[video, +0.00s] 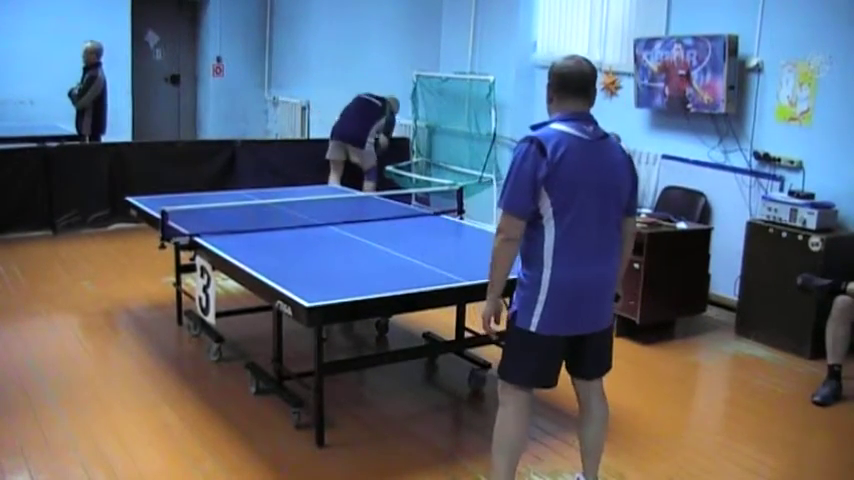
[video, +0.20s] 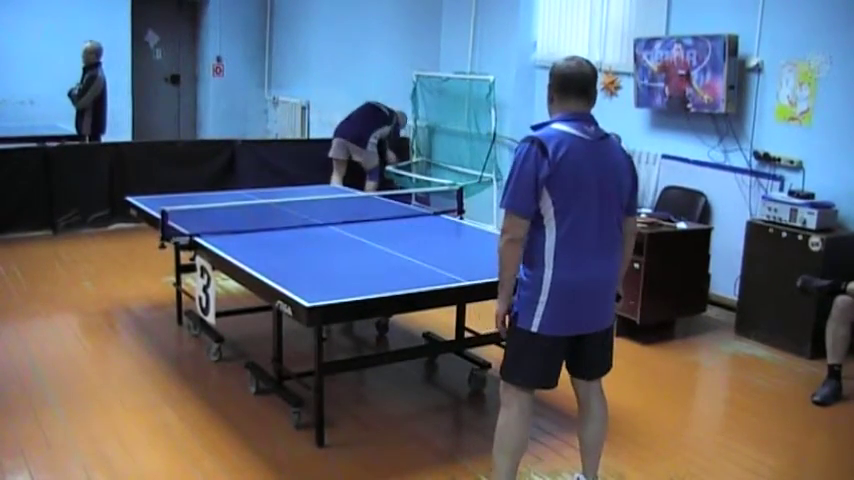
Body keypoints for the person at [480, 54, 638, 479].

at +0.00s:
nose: (545, 96)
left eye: (547, 90)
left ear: (551, 93)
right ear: (592, 95)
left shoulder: (538, 147)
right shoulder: (617, 152)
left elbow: (509, 232)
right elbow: (626, 230)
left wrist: (493, 294)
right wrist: (613, 285)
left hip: (543, 299)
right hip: (597, 299)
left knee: (513, 392)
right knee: (591, 389)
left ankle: (502, 475)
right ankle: (591, 475)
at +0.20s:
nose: (547, 96)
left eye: (548, 90)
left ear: (550, 93)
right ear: (592, 96)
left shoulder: (539, 147)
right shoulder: (617, 153)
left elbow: (513, 234)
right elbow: (628, 230)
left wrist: (504, 296)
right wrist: (615, 285)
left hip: (544, 298)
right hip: (598, 298)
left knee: (516, 394)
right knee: (591, 387)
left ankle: (503, 475)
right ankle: (589, 475)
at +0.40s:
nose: (543, 97)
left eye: (544, 90)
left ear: (546, 93)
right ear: (588, 96)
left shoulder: (533, 147)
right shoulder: (615, 151)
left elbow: (506, 233)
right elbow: (627, 229)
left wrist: (497, 295)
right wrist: (615, 284)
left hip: (542, 298)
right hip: (597, 297)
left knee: (514, 394)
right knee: (589, 387)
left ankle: (502, 475)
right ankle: (589, 475)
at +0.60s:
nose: (534, 97)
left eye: (535, 91)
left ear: (537, 94)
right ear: (581, 96)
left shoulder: (522, 148)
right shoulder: (607, 151)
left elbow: (495, 234)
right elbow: (622, 226)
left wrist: (482, 297)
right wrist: (613, 283)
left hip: (534, 300)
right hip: (590, 298)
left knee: (506, 395)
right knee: (587, 387)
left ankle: (499, 475)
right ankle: (589, 474)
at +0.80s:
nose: (525, 96)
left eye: (526, 89)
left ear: (526, 92)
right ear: (572, 94)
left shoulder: (509, 146)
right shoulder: (600, 153)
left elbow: (482, 234)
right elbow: (616, 229)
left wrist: (473, 297)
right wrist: (610, 283)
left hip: (522, 301)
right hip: (581, 300)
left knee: (501, 394)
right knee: (582, 387)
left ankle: (498, 474)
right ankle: (589, 474)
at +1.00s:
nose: (518, 95)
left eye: (518, 89)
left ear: (518, 91)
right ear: (564, 94)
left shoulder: (496, 147)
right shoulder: (590, 152)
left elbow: (469, 233)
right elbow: (610, 230)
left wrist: (463, 296)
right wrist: (607, 288)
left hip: (510, 307)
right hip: (571, 306)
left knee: (497, 399)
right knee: (578, 391)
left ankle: (496, 475)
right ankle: (588, 475)